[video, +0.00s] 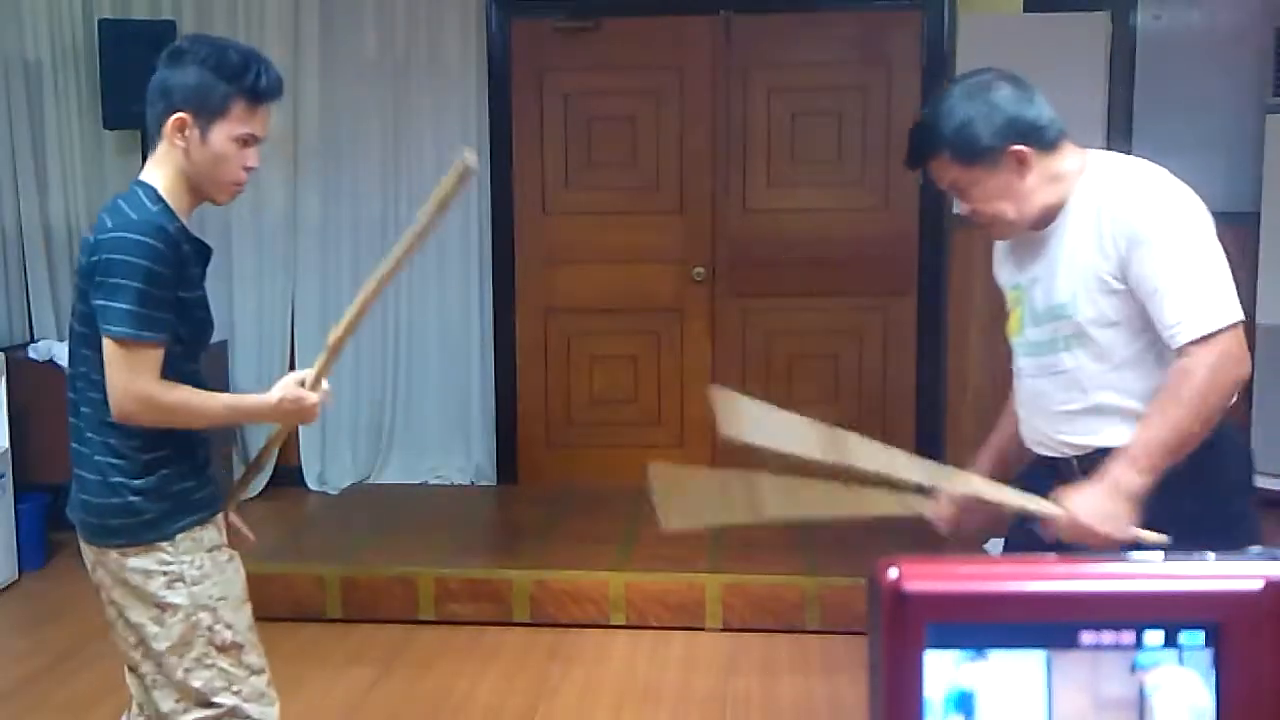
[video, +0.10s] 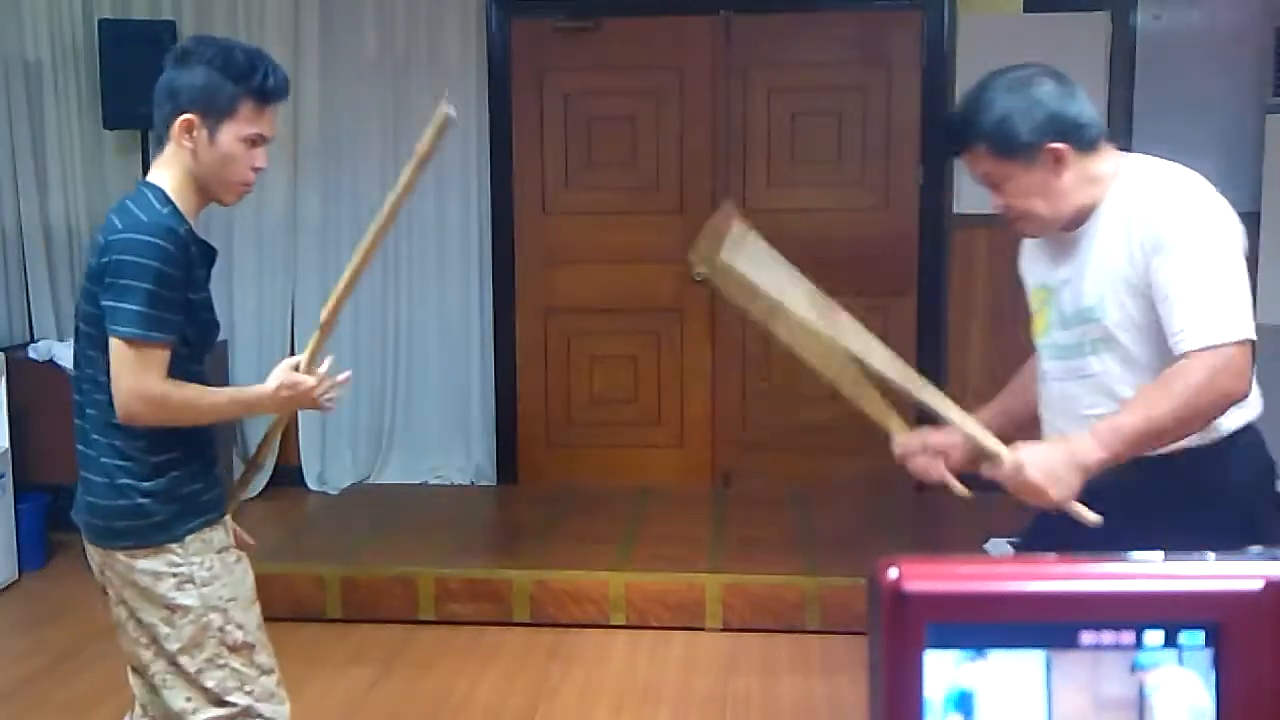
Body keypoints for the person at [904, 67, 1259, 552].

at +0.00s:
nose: (963, 211)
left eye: (964, 192)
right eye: (955, 197)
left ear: (1019, 161)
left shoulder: (1146, 202)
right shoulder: (1012, 239)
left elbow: (1220, 357)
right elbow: (1041, 381)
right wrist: (979, 481)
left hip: (1175, 491)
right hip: (1053, 492)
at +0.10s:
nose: (996, 206)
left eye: (998, 185)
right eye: (988, 189)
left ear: (1056, 159)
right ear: (1057, 161)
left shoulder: (1180, 208)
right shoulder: (1041, 235)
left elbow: (1223, 370)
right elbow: (1060, 357)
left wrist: (1081, 454)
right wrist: (972, 437)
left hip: (1197, 494)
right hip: (1083, 500)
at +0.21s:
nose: (1040, 204)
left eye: (1046, 183)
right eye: (1035, 185)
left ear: (1109, 164)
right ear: (1109, 166)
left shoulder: (1223, 226)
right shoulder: (1081, 242)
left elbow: (1239, 393)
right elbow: (1080, 373)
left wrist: (1080, 454)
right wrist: (973, 420)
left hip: (1222, 510)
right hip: (1107, 508)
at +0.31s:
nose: (1084, 206)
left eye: (1092, 184)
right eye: (1080, 186)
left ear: (1161, 169)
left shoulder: (1262, 242)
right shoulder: (1122, 258)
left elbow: (1270, 414)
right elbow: (1115, 391)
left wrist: (1119, 492)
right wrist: (1005, 440)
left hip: (1245, 531)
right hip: (1140, 531)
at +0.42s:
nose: (1116, 198)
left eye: (1126, 177)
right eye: (1112, 180)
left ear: (1197, 167)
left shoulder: (1270, 254)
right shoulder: (1147, 255)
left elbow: (1274, 460)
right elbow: (1149, 402)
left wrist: (1184, 534)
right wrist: (1072, 471)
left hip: (1254, 541)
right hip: (1153, 519)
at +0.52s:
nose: (1120, 184)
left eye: (1132, 162)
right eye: (1116, 166)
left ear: (1205, 158)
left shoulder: (1270, 248)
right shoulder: (1153, 252)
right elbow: (1163, 402)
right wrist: (1104, 489)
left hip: (1251, 526)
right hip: (1149, 514)